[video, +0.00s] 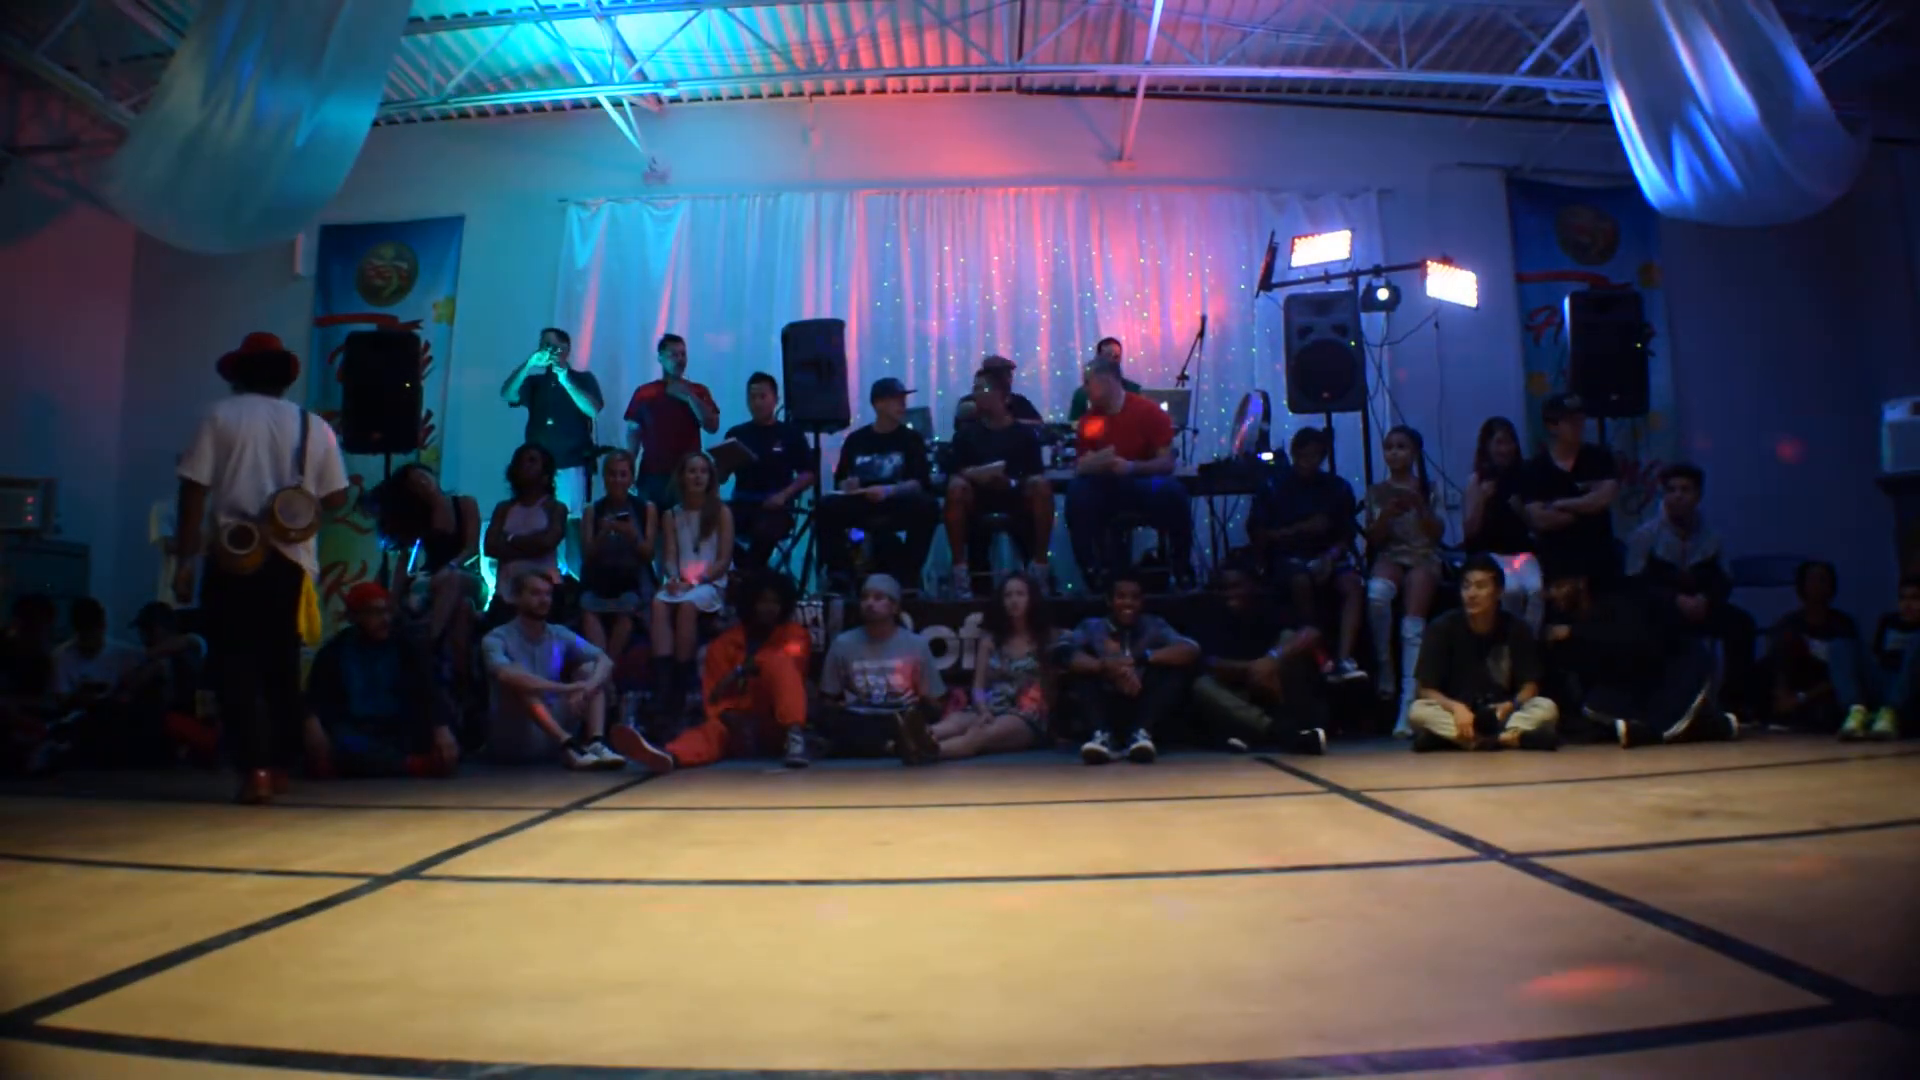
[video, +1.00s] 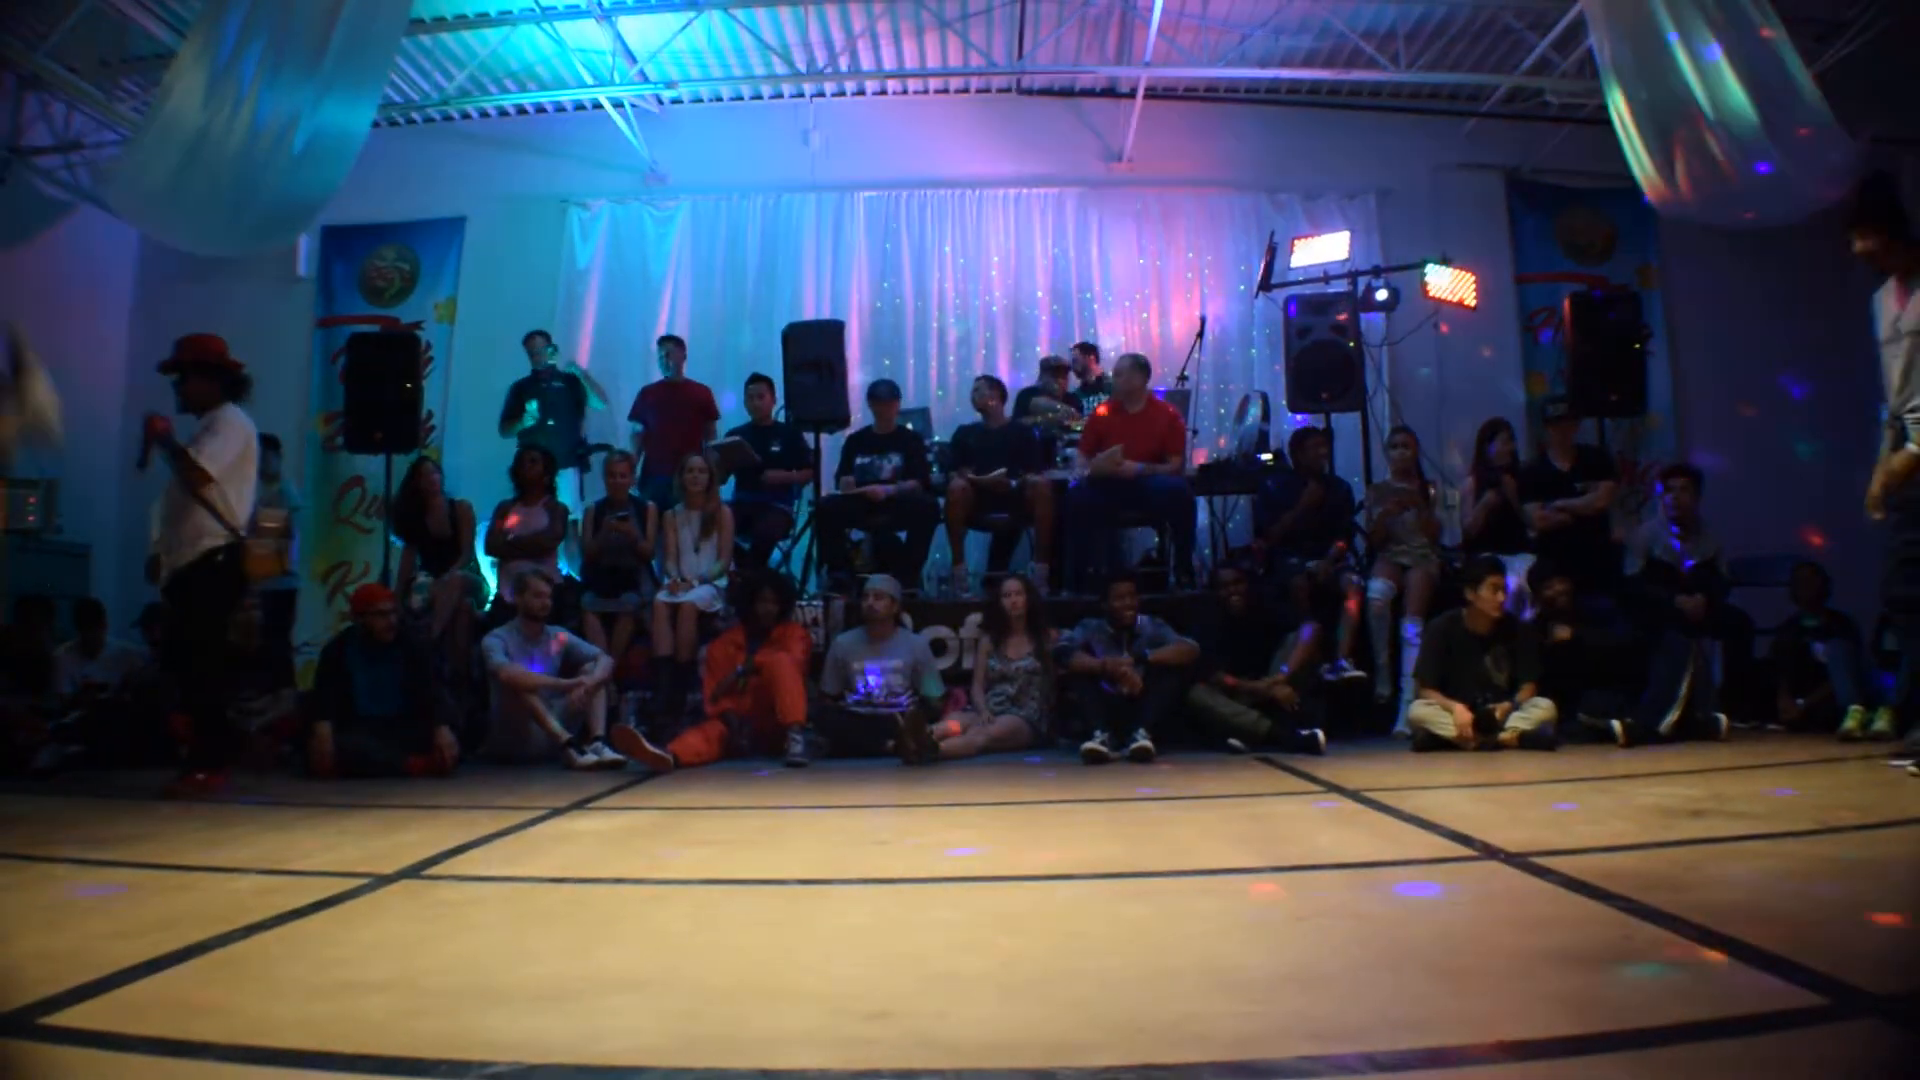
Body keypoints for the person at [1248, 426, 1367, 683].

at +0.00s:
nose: (1309, 461)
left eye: (1315, 455)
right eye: (1304, 454)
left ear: (1323, 456)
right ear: (1294, 454)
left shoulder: (1337, 486)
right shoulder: (1276, 485)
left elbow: (1347, 533)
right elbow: (1258, 533)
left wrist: (1329, 559)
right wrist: (1302, 528)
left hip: (1329, 553)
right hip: (1291, 554)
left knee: (1352, 584)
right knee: (1300, 582)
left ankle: (1344, 658)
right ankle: (1318, 656)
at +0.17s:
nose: (1317, 460)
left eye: (1321, 453)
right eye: (1311, 453)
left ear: (1326, 455)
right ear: (1295, 455)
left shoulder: (1337, 487)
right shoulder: (1277, 484)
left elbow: (1346, 534)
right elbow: (1258, 532)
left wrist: (1328, 562)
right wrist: (1295, 511)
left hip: (1327, 552)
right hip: (1289, 553)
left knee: (1353, 584)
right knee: (1300, 583)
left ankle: (1344, 659)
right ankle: (1314, 658)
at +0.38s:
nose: (1318, 459)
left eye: (1322, 452)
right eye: (1311, 452)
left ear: (1327, 454)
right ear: (1296, 454)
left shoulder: (1337, 486)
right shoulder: (1277, 485)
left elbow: (1346, 534)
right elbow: (1262, 534)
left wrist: (1330, 561)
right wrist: (1296, 512)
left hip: (1327, 554)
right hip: (1290, 555)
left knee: (1353, 585)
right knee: (1300, 583)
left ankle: (1346, 658)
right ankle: (1313, 657)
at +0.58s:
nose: (1320, 458)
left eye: (1324, 451)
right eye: (1313, 452)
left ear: (1328, 454)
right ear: (1296, 454)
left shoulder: (1338, 487)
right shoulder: (1278, 485)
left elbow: (1347, 534)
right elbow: (1267, 535)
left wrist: (1331, 561)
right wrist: (1300, 509)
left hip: (1329, 555)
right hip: (1292, 555)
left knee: (1354, 585)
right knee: (1301, 583)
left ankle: (1346, 658)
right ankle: (1316, 658)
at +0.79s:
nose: (1321, 457)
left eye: (1323, 451)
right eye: (1313, 452)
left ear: (1328, 453)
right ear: (1296, 455)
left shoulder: (1337, 487)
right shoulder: (1276, 486)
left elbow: (1345, 536)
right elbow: (1267, 535)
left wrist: (1328, 561)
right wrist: (1299, 508)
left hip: (1327, 554)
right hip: (1290, 554)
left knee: (1351, 584)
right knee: (1300, 583)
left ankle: (1343, 657)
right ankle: (1310, 657)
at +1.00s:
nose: (1322, 454)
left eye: (1324, 447)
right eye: (1314, 449)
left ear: (1328, 451)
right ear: (1297, 454)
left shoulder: (1339, 487)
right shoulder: (1278, 486)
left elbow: (1345, 533)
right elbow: (1268, 535)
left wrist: (1330, 561)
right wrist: (1302, 507)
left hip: (1328, 556)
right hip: (1290, 555)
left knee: (1353, 585)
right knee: (1299, 583)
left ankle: (1342, 658)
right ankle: (1307, 658)